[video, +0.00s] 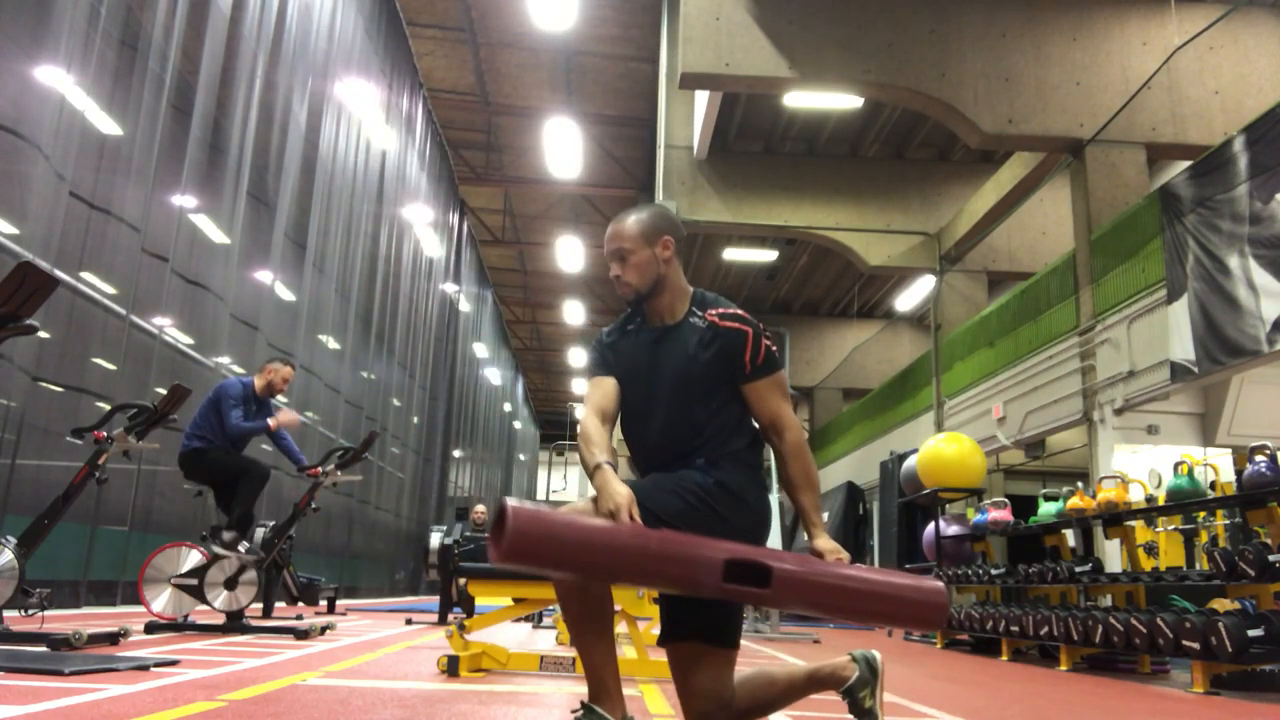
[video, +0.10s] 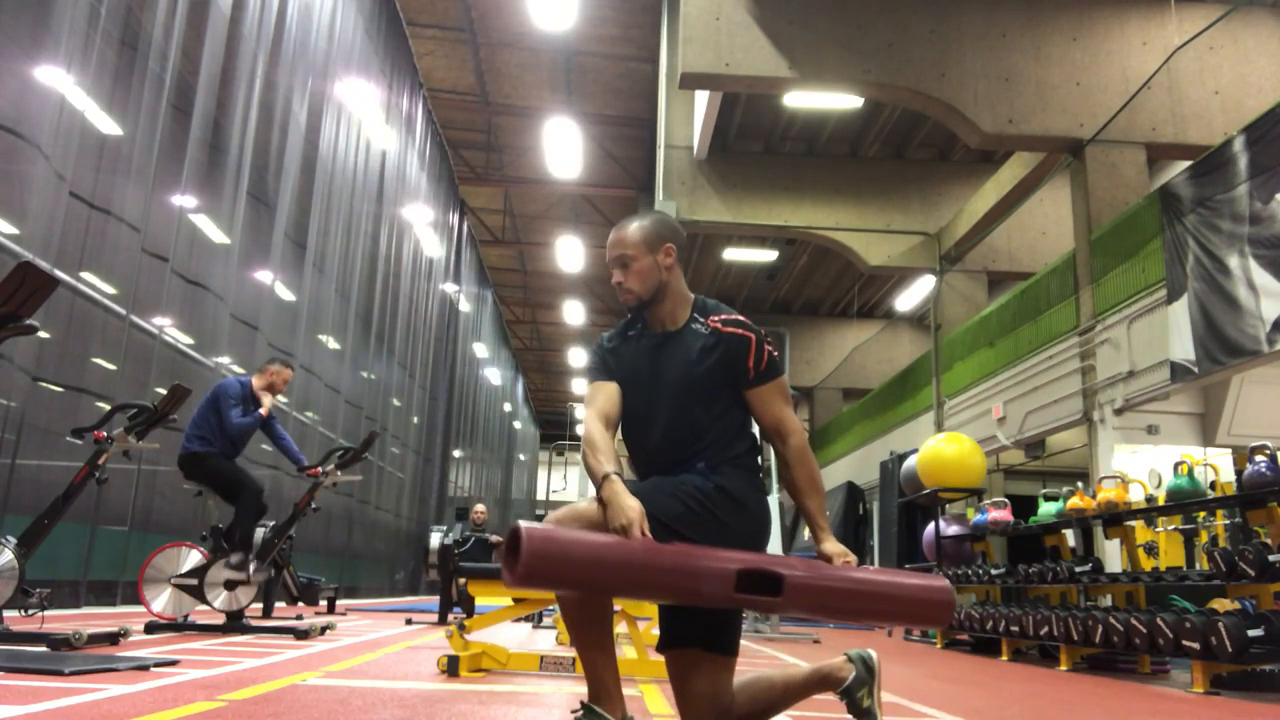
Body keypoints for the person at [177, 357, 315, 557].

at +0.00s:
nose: (285, 389)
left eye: (288, 384)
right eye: (284, 381)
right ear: (269, 372)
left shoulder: (264, 405)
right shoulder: (232, 388)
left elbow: (278, 435)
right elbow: (234, 429)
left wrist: (303, 465)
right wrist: (273, 422)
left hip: (221, 462)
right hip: (197, 456)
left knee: (245, 517)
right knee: (258, 471)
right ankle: (231, 534)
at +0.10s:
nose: (284, 389)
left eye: (287, 384)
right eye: (284, 382)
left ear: (272, 376)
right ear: (272, 374)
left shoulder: (259, 401)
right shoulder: (230, 387)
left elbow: (277, 435)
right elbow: (234, 428)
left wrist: (303, 465)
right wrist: (263, 412)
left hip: (217, 460)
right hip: (198, 456)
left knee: (258, 507)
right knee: (252, 490)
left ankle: (224, 543)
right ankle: (239, 556)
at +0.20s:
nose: (283, 389)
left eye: (285, 385)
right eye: (284, 383)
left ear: (273, 376)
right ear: (274, 376)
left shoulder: (257, 400)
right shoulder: (230, 387)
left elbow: (277, 435)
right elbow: (236, 428)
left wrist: (303, 465)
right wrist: (261, 410)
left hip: (225, 461)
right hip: (199, 459)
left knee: (270, 491)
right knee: (237, 504)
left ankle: (224, 536)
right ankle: (229, 575)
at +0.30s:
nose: (283, 390)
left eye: (286, 385)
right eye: (285, 384)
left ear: (272, 377)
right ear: (278, 378)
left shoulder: (257, 400)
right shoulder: (232, 386)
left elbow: (277, 435)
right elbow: (238, 426)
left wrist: (304, 465)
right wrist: (263, 410)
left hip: (226, 461)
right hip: (201, 459)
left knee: (276, 476)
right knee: (225, 513)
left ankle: (239, 528)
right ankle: (215, 584)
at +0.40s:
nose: (282, 393)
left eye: (285, 388)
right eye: (284, 387)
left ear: (271, 379)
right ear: (278, 380)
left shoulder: (257, 401)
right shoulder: (232, 387)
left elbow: (277, 435)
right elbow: (240, 425)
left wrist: (303, 465)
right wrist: (264, 412)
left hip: (226, 461)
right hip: (199, 459)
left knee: (274, 480)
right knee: (232, 509)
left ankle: (250, 537)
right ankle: (197, 572)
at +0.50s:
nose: (283, 393)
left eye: (285, 388)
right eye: (285, 387)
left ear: (271, 379)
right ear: (278, 382)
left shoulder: (259, 403)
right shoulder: (232, 387)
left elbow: (277, 436)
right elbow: (241, 423)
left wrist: (304, 466)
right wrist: (263, 412)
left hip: (222, 461)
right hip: (199, 457)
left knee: (265, 500)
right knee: (244, 496)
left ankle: (255, 560)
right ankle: (198, 550)